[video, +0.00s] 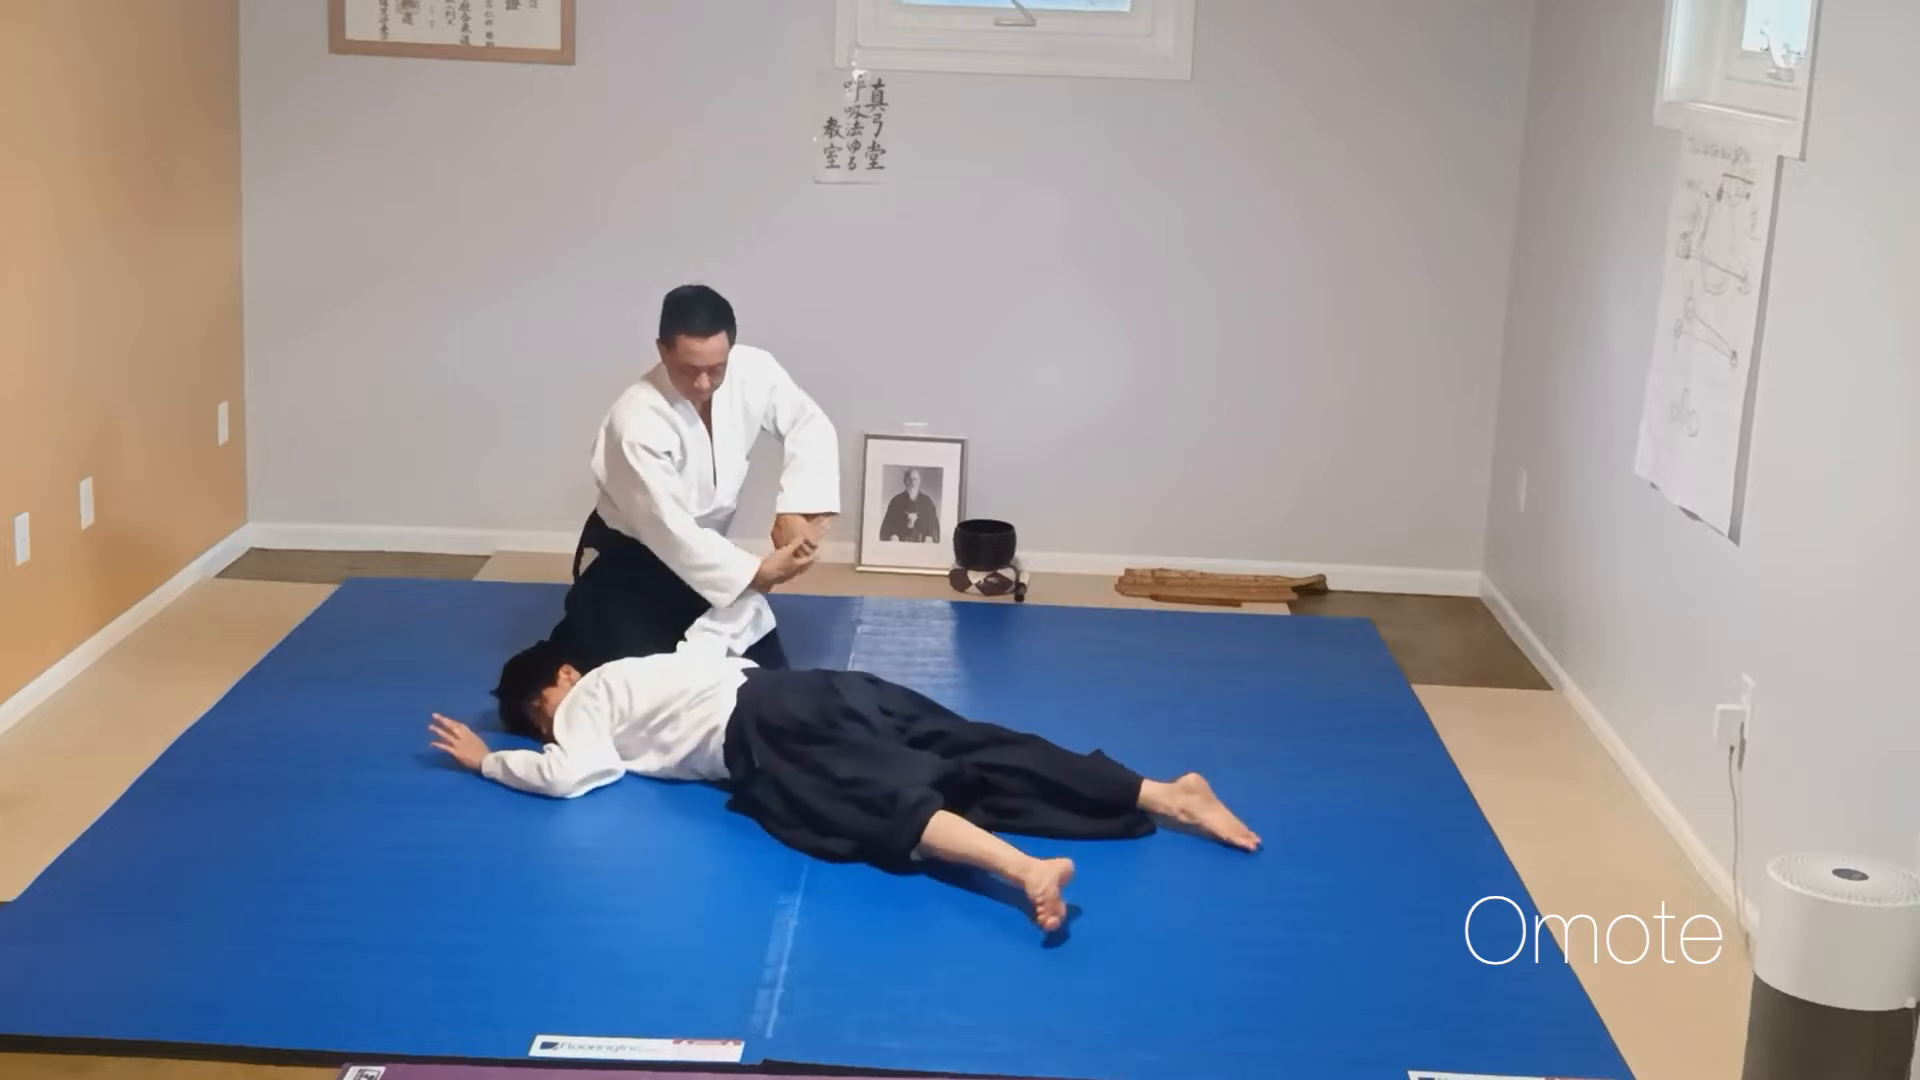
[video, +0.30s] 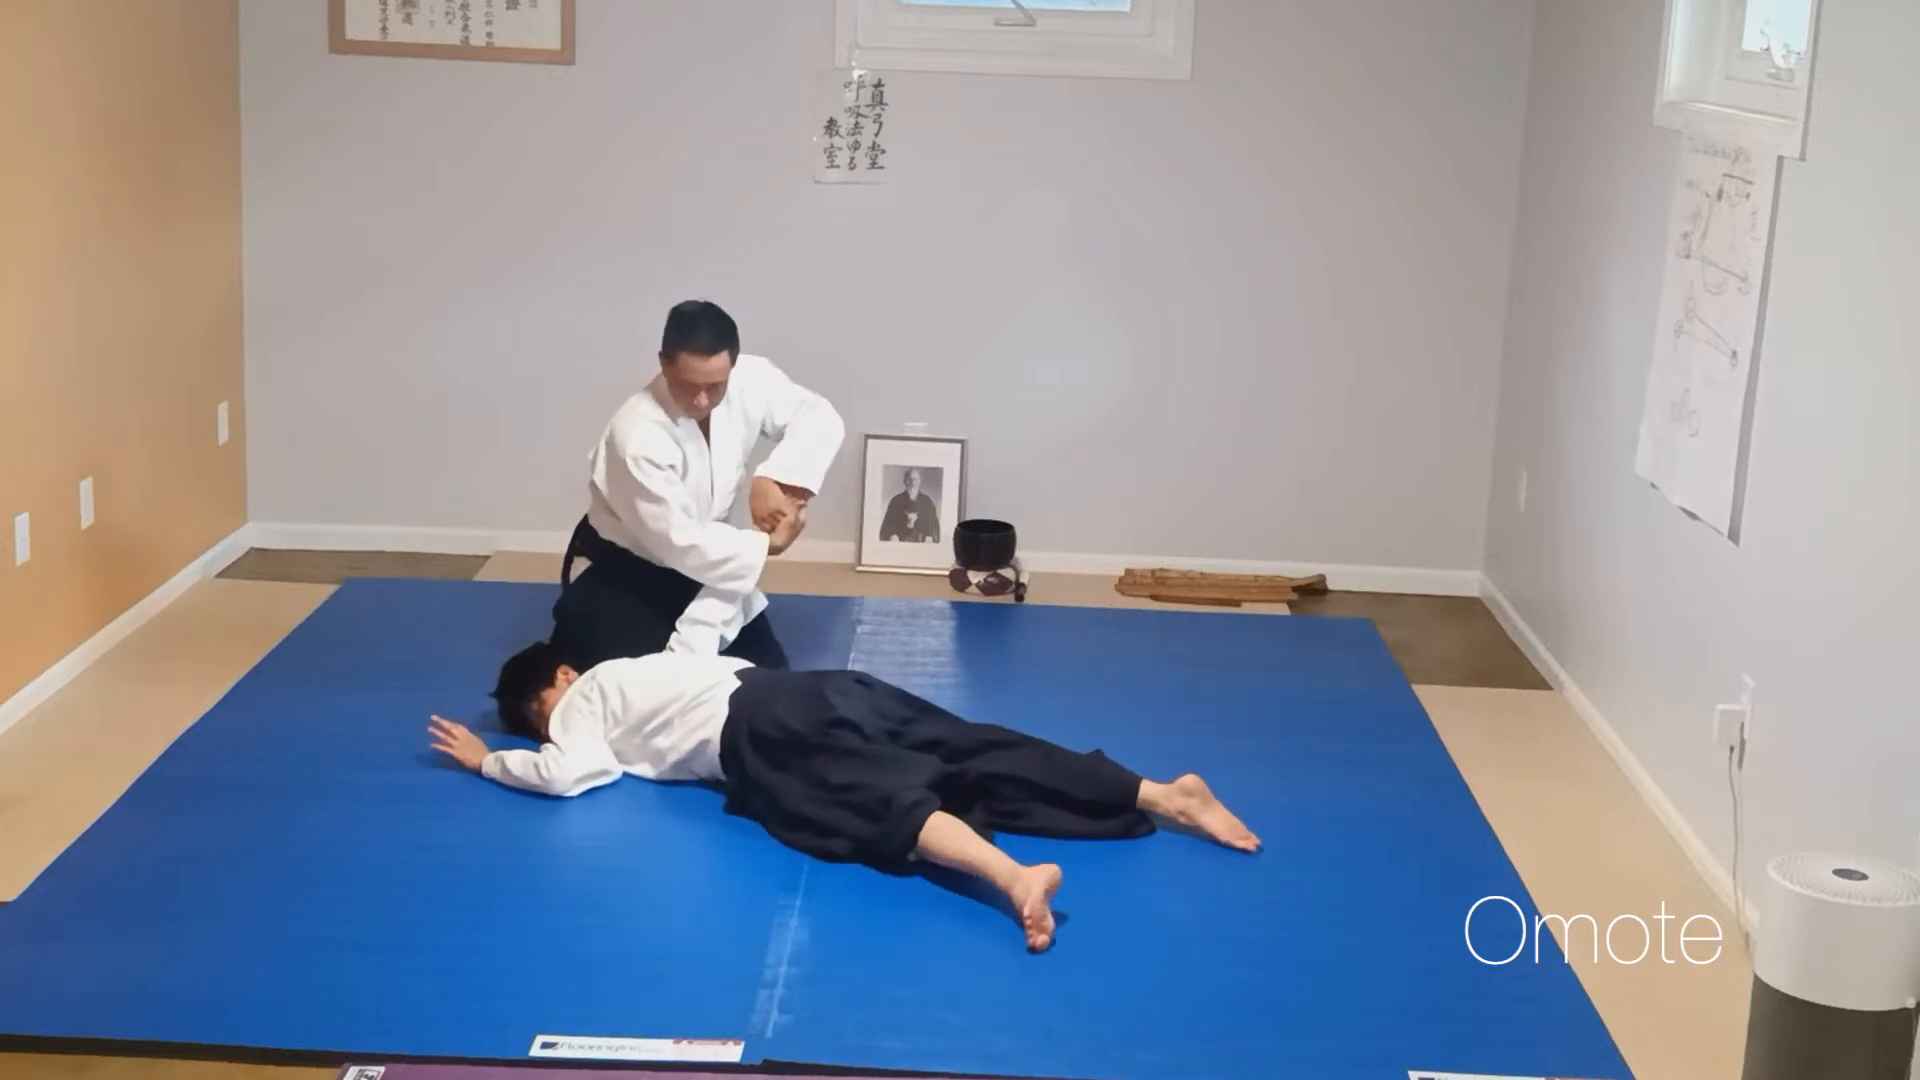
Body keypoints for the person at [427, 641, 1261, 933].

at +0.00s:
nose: (543, 729)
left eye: (536, 714)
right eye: (539, 716)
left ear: (557, 686)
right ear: (577, 669)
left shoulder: (585, 701)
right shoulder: (667, 658)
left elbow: (567, 777)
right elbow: (731, 628)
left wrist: (484, 759)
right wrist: (766, 577)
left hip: (769, 727)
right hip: (821, 682)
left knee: (876, 805)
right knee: (974, 746)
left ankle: (1020, 867)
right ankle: (1171, 794)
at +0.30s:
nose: (544, 722)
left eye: (535, 710)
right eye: (540, 712)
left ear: (558, 685)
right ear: (576, 668)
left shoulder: (583, 699)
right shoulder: (659, 662)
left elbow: (571, 771)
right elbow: (727, 645)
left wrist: (484, 760)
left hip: (762, 732)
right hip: (811, 684)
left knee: (880, 808)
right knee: (966, 747)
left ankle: (1011, 878)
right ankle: (1163, 797)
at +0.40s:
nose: (539, 726)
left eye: (532, 712)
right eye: (536, 714)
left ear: (552, 689)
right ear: (573, 668)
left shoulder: (579, 701)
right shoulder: (653, 658)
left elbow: (563, 778)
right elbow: (716, 627)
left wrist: (484, 759)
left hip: (760, 740)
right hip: (807, 685)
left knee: (885, 809)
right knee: (966, 745)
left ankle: (1022, 863)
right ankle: (1165, 795)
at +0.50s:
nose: (534, 726)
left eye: (527, 712)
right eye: (530, 712)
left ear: (547, 692)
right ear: (570, 668)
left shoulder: (575, 706)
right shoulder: (652, 653)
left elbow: (560, 778)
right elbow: (708, 623)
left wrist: (483, 759)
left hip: (754, 737)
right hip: (806, 687)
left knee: (885, 806)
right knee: (965, 745)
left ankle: (1035, 847)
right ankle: (1165, 795)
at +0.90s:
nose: (531, 719)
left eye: (524, 708)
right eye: (530, 707)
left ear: (539, 693)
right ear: (570, 668)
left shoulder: (569, 702)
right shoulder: (644, 656)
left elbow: (559, 779)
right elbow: (706, 636)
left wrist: (486, 759)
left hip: (749, 738)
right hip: (805, 687)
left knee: (888, 807)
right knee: (964, 748)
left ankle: (1031, 852)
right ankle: (1160, 796)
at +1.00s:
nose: (536, 720)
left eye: (527, 710)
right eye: (533, 709)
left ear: (546, 692)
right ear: (573, 664)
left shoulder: (573, 699)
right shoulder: (647, 660)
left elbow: (558, 778)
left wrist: (488, 759)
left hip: (748, 737)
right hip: (802, 687)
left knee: (889, 809)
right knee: (964, 748)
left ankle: (1030, 860)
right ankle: (1159, 797)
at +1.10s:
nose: (533, 719)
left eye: (526, 710)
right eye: (531, 709)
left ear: (547, 688)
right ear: (578, 662)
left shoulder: (572, 700)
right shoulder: (652, 659)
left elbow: (561, 775)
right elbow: (716, 645)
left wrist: (492, 758)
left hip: (749, 738)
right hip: (804, 688)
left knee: (891, 808)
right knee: (965, 748)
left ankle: (1030, 863)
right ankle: (1160, 797)